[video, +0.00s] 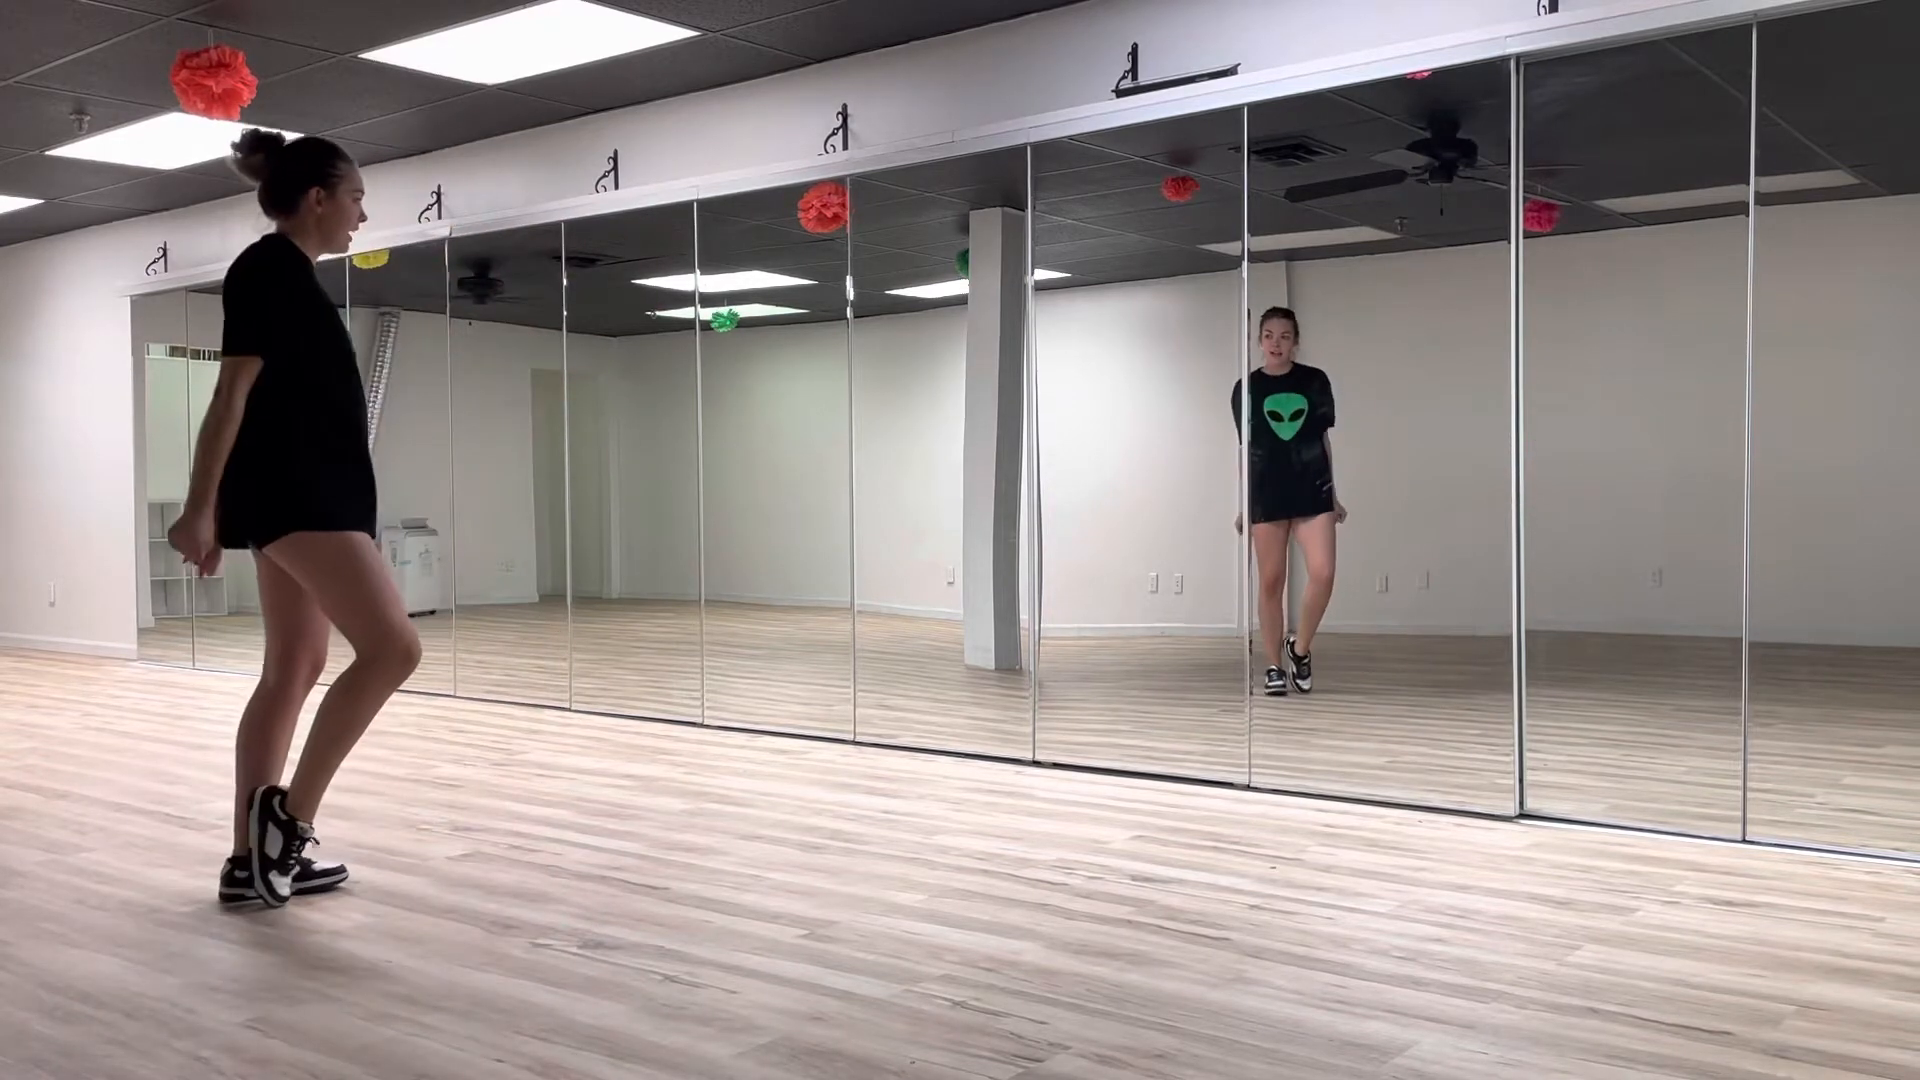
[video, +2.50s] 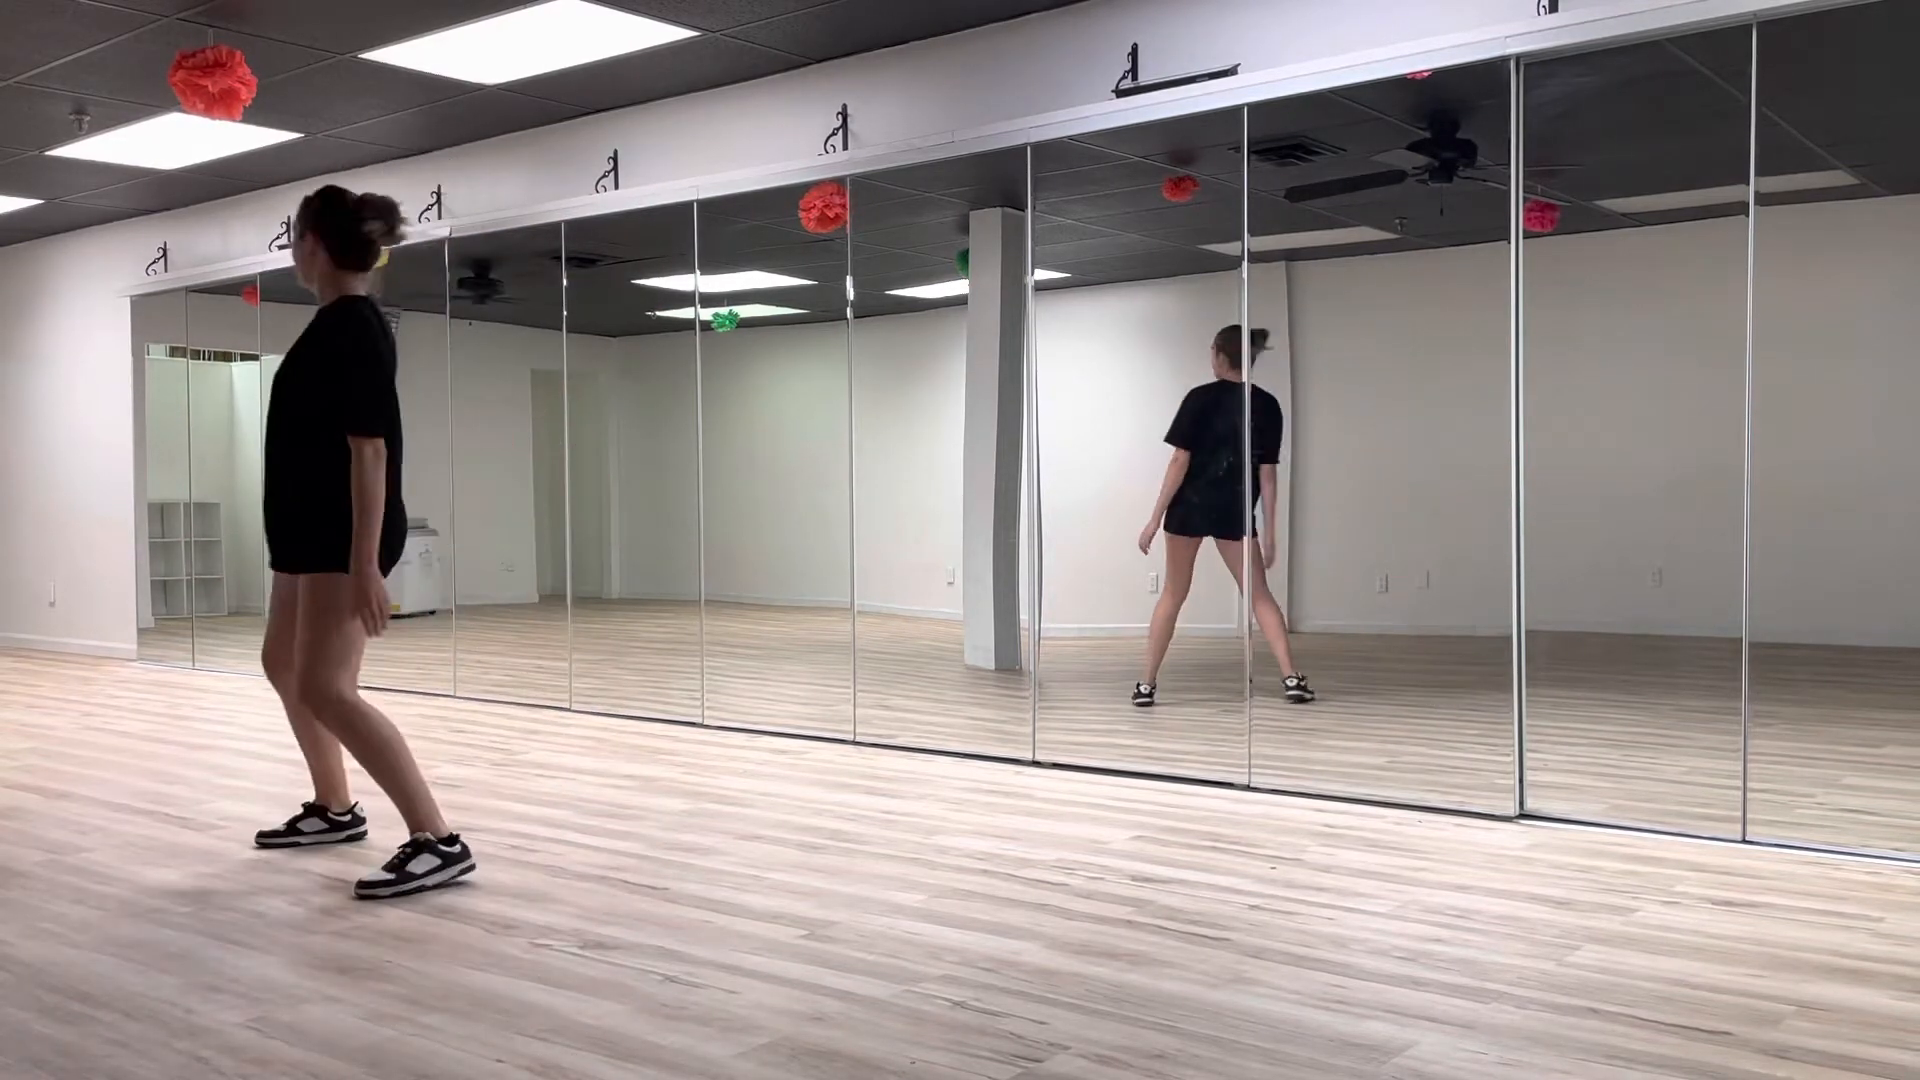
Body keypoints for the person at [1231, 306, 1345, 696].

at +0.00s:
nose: (1276, 342)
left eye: (1284, 336)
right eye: (1269, 335)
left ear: (1296, 341)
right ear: (1259, 340)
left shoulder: (1316, 380)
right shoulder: (1245, 388)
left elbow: (1323, 441)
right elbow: (1245, 451)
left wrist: (1332, 496)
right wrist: (1243, 506)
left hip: (1313, 493)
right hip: (1265, 496)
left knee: (1323, 575)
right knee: (1271, 581)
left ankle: (1301, 650)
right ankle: (1274, 666)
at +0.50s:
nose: (1306, 335)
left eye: (1314, 329)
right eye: (1298, 329)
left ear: (1325, 336)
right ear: (1287, 336)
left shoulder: (1346, 378)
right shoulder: (1272, 384)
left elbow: (1360, 437)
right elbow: (1255, 446)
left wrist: (1372, 488)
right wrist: (1238, 498)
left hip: (1345, 482)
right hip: (1296, 489)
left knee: (1388, 544)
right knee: (1290, 582)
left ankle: (1402, 641)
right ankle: (1278, 665)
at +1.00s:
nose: (1329, 339)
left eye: (1338, 333)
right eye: (1323, 333)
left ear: (1353, 339)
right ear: (1315, 339)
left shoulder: (1375, 380)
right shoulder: (1304, 388)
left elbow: (1398, 443)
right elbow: (1305, 453)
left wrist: (1422, 500)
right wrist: (1309, 505)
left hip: (1378, 492)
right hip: (1329, 496)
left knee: (1396, 579)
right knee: (1304, 588)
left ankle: (1436, 675)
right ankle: (1323, 675)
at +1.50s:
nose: (1267, 335)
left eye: (1276, 328)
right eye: (1264, 328)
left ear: (1296, 334)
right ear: (1260, 333)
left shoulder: (1309, 378)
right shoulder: (1261, 381)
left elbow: (1329, 445)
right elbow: (1259, 440)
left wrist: (1347, 504)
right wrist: (1256, 492)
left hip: (1297, 490)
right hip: (1268, 491)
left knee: (1264, 570)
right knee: (1274, 587)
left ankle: (1258, 677)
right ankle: (1323, 669)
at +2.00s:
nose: (1246, 343)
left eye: (1251, 336)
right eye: (1246, 336)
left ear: (1272, 341)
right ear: (1278, 342)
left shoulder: (1258, 385)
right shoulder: (1304, 387)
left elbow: (1241, 440)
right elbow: (1322, 447)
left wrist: (1208, 489)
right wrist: (1331, 500)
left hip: (1257, 494)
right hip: (1300, 499)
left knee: (1203, 566)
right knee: (1280, 591)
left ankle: (1226, 625)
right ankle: (1313, 681)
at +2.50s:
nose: (1209, 359)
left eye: (1211, 353)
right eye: (1213, 352)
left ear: (1217, 355)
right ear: (1248, 358)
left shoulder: (1199, 398)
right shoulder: (1266, 404)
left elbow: (1179, 463)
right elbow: (1268, 474)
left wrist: (1154, 519)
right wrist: (1270, 533)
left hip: (1188, 507)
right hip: (1236, 512)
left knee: (1173, 592)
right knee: (1260, 596)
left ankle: (1147, 683)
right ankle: (1292, 676)